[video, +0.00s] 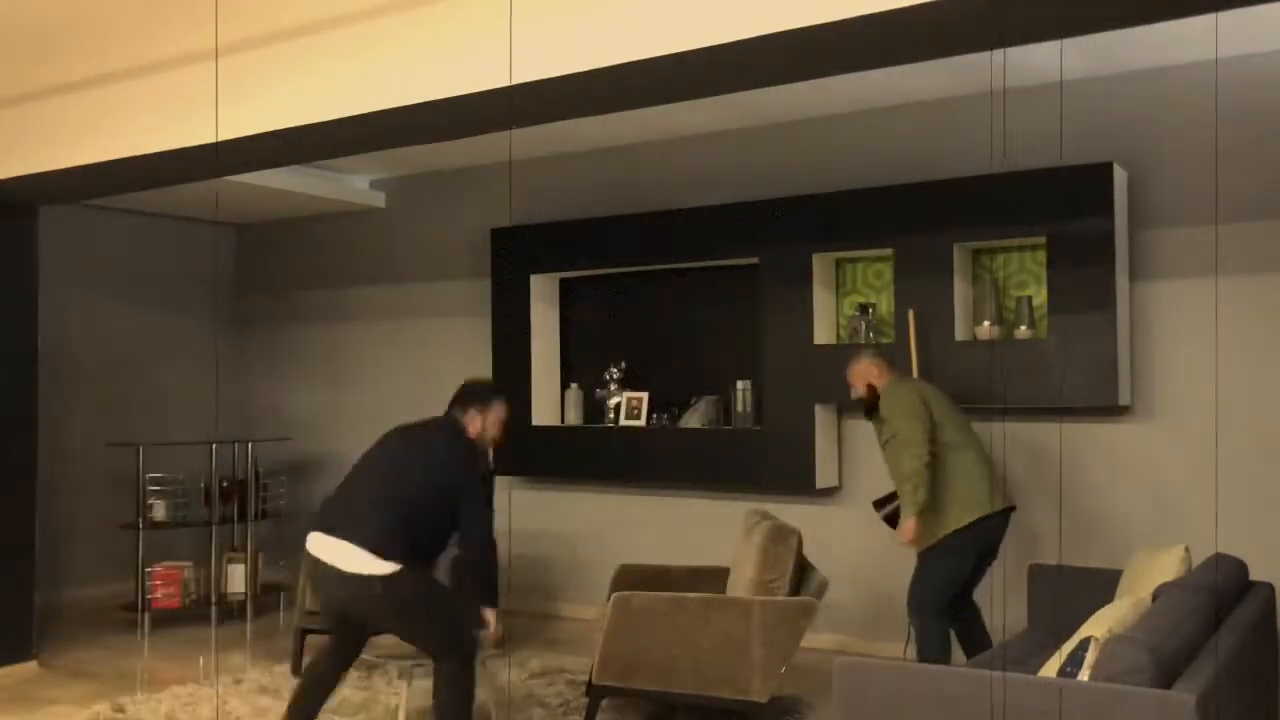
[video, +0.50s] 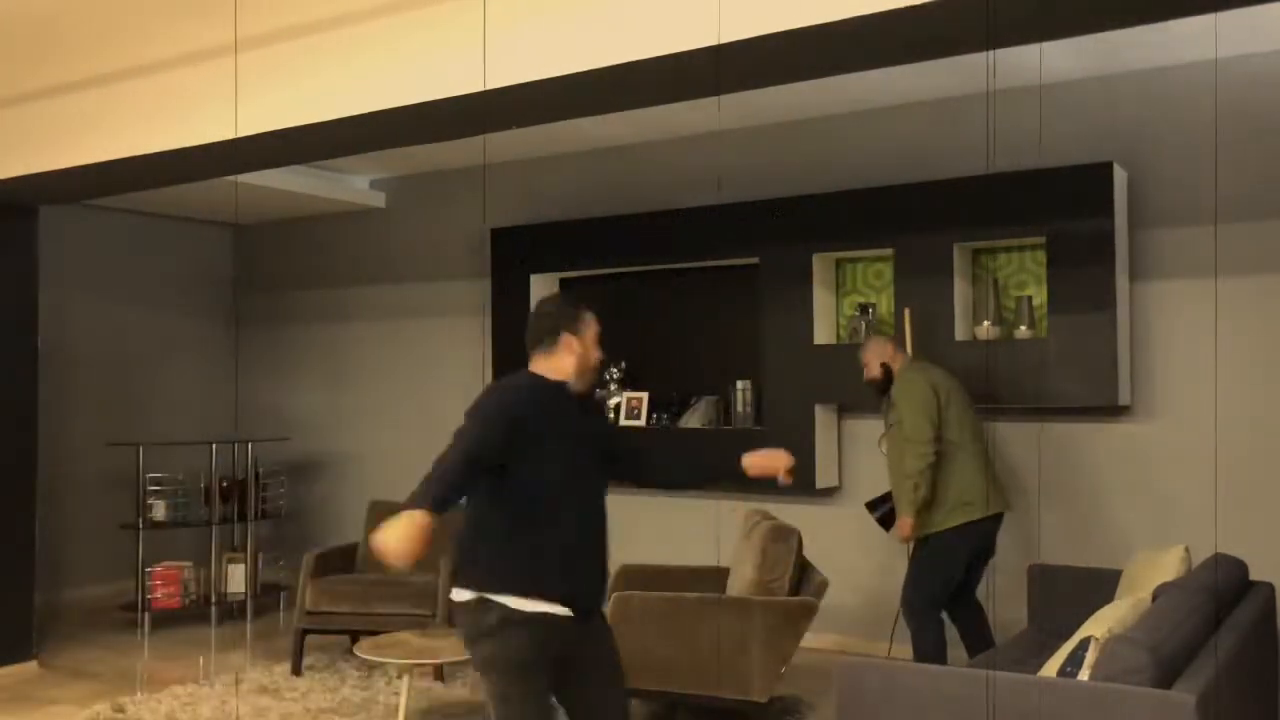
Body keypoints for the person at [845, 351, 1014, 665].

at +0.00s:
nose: (854, 395)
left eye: (855, 385)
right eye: (852, 387)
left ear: (875, 374)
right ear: (878, 372)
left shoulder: (897, 394)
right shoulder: (917, 390)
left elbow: (913, 453)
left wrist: (911, 512)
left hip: (962, 512)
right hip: (990, 509)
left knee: (925, 602)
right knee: (957, 599)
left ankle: (933, 692)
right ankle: (990, 680)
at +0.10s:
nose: (865, 391)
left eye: (861, 385)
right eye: (862, 386)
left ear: (866, 378)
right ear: (886, 365)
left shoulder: (900, 394)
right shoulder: (920, 388)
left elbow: (917, 454)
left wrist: (916, 515)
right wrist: (912, 501)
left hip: (963, 513)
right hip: (989, 508)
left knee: (925, 602)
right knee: (957, 599)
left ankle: (933, 692)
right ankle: (990, 678)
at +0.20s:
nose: (871, 380)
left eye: (869, 373)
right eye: (869, 374)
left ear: (877, 369)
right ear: (895, 359)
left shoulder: (904, 390)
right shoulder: (929, 383)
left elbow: (917, 452)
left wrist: (913, 515)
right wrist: (911, 501)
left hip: (959, 515)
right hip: (988, 510)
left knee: (921, 603)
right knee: (958, 598)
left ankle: (932, 691)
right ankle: (990, 677)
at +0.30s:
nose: (879, 380)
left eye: (875, 374)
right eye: (875, 375)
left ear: (881, 364)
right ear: (898, 353)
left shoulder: (910, 383)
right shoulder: (936, 378)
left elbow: (918, 451)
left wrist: (904, 511)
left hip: (954, 516)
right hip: (985, 510)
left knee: (921, 603)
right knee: (960, 598)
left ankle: (932, 693)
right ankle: (990, 678)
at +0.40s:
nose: (878, 380)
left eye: (873, 374)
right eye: (874, 375)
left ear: (876, 365)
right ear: (896, 350)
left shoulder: (911, 382)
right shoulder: (936, 376)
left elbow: (917, 451)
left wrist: (906, 512)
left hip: (954, 515)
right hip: (983, 509)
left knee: (920, 603)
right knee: (961, 598)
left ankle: (933, 693)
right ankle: (991, 679)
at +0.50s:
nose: (868, 377)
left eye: (869, 366)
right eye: (865, 369)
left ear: (888, 353)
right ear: (894, 352)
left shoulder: (912, 381)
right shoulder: (933, 376)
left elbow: (918, 451)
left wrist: (907, 512)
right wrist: (906, 502)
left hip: (954, 514)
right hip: (982, 509)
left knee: (918, 602)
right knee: (959, 598)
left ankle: (933, 692)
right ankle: (991, 677)